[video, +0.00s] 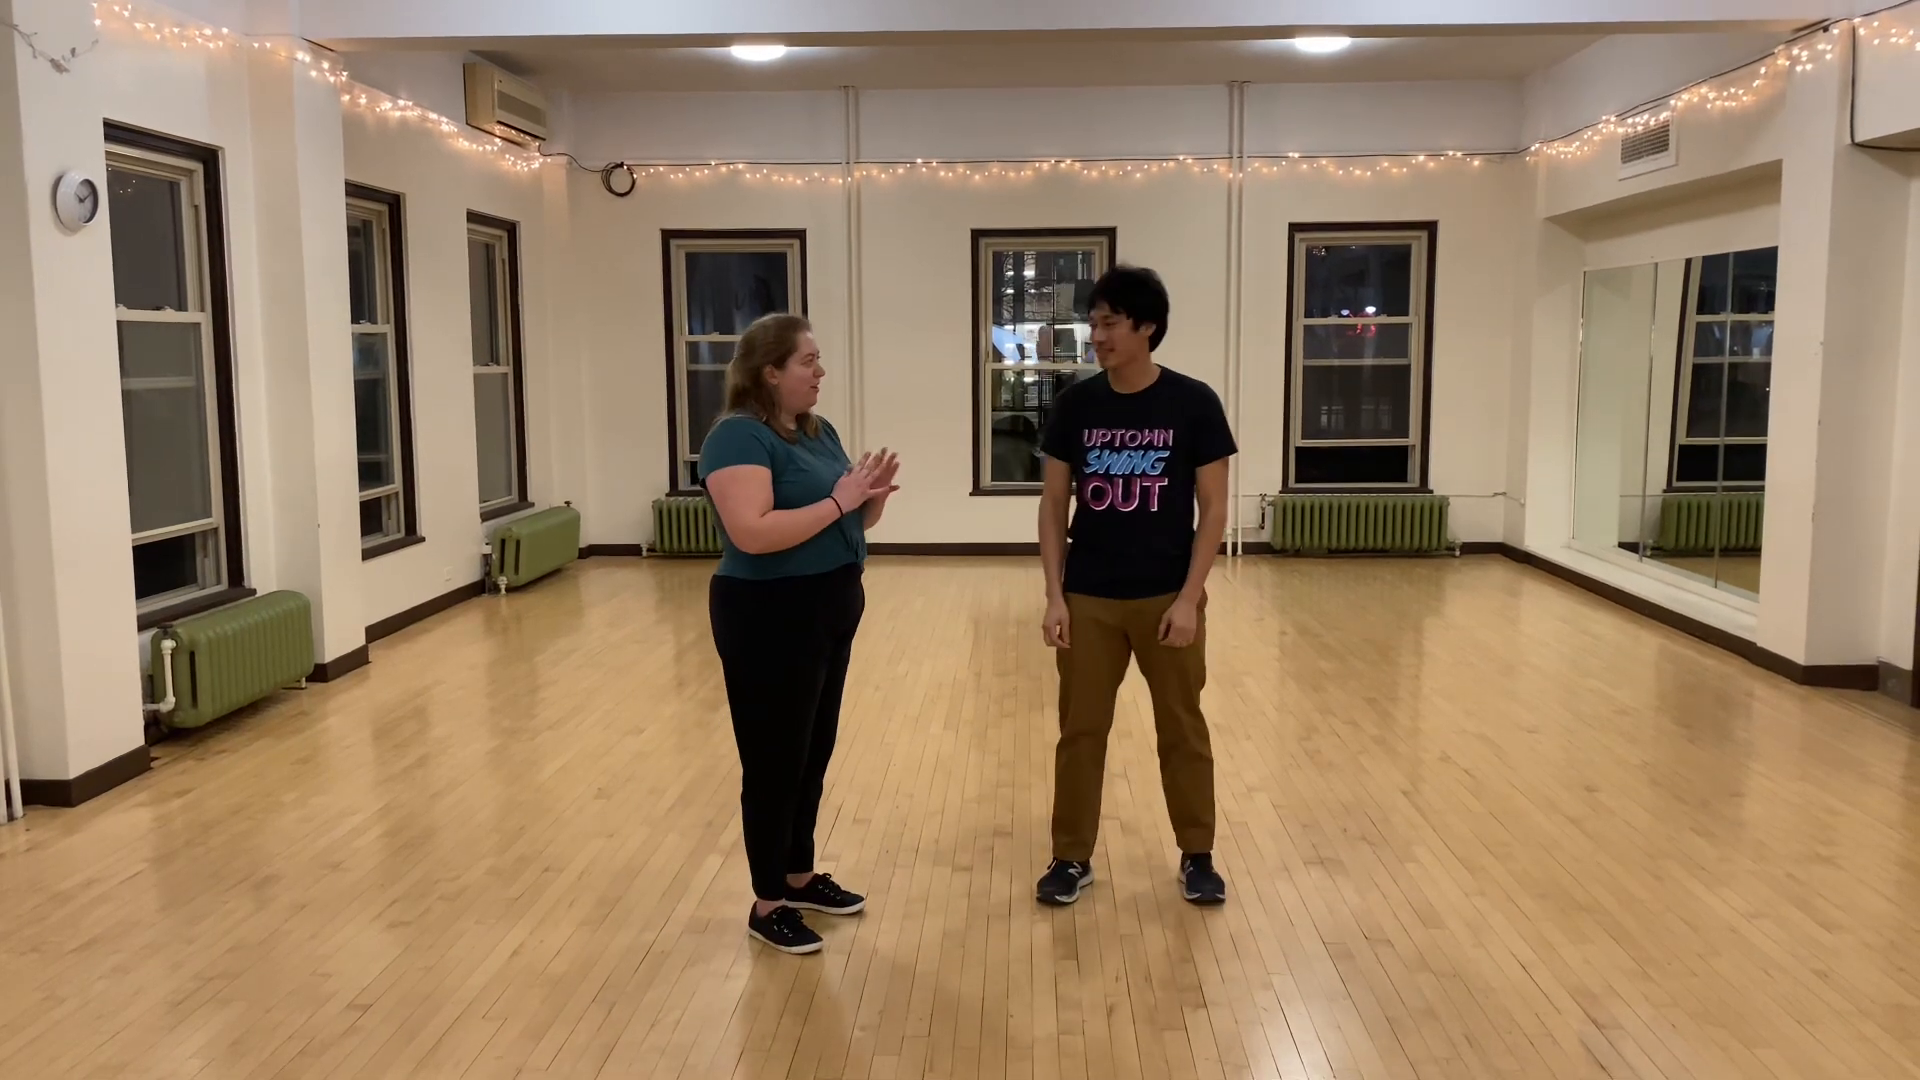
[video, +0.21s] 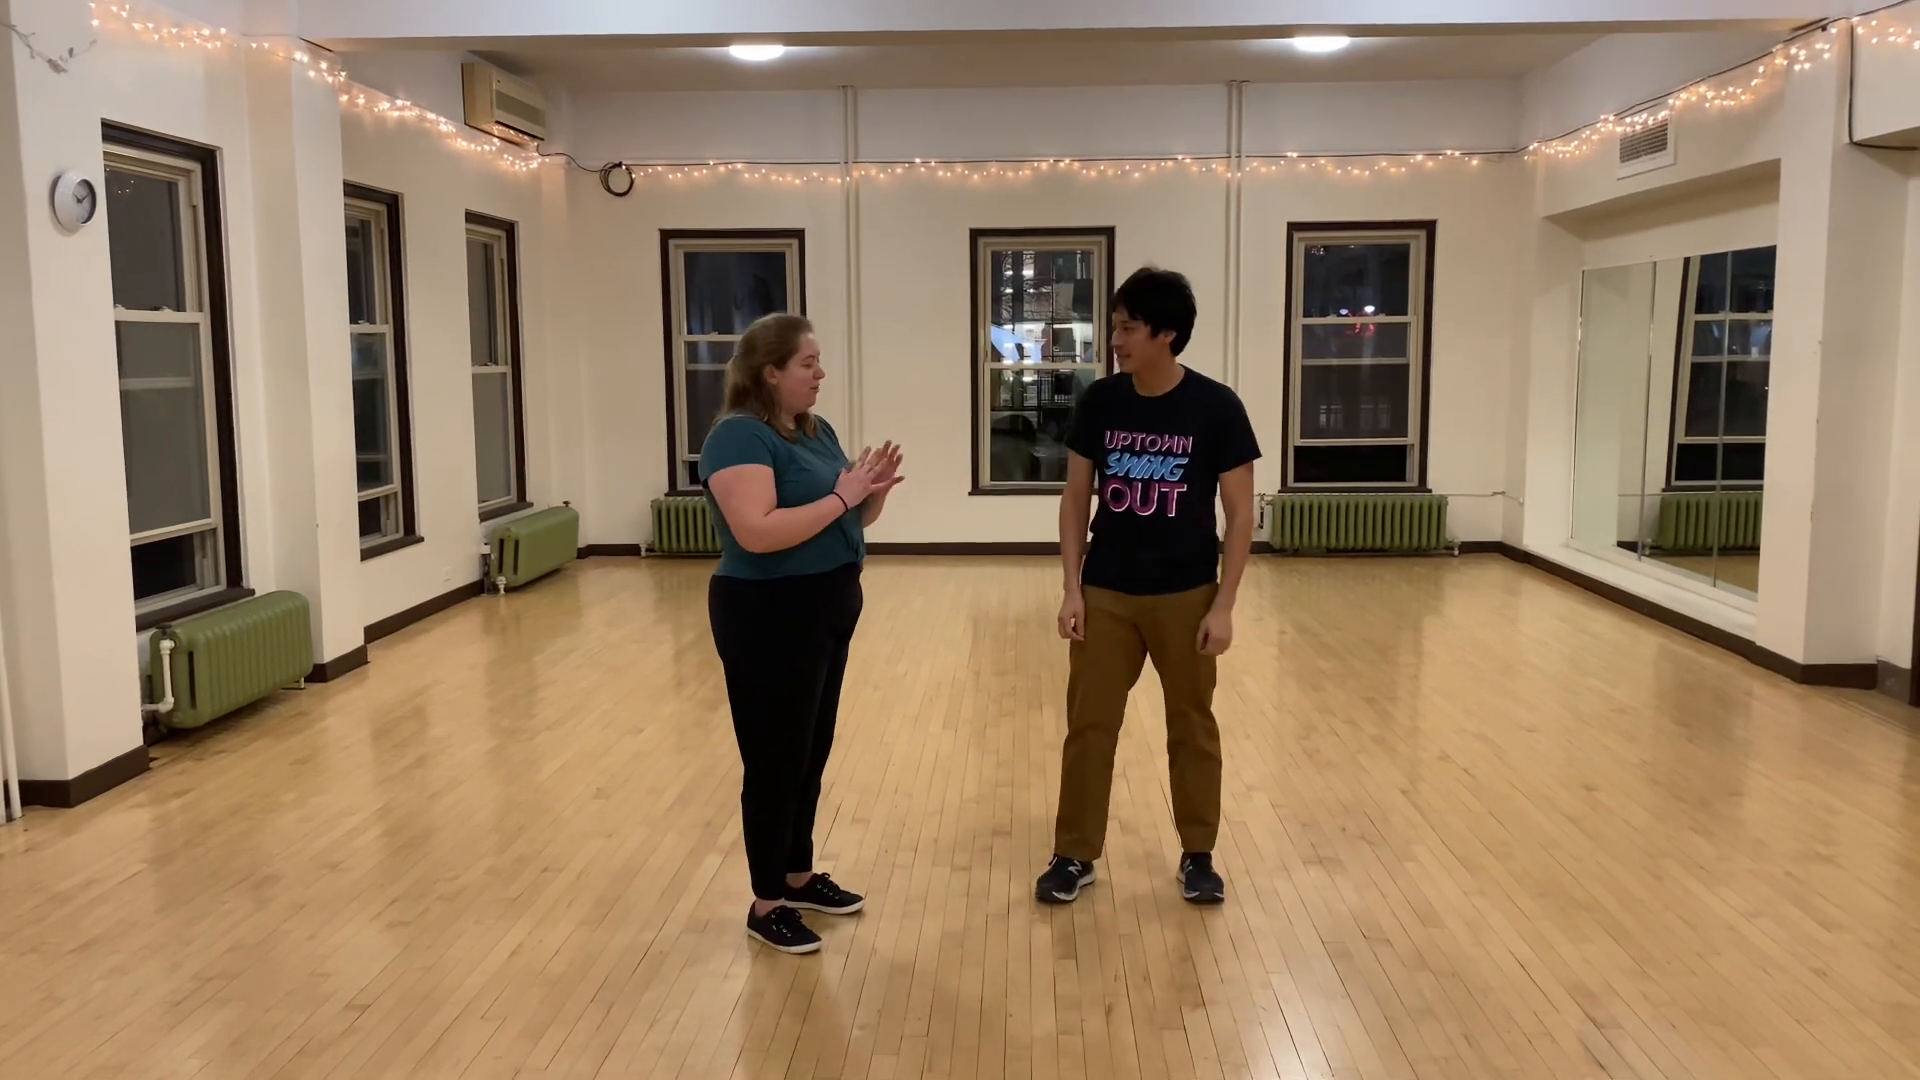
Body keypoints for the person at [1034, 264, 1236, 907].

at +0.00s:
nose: (1098, 334)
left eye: (1112, 322)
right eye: (1094, 322)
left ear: (1149, 328)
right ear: (1093, 326)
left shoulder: (1194, 403)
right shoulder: (1075, 404)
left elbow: (1214, 509)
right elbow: (1054, 504)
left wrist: (1191, 596)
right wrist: (1054, 594)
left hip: (1168, 602)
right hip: (1089, 601)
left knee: (1183, 733)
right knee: (1080, 734)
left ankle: (1197, 855)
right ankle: (1071, 857)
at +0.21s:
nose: (1116, 338)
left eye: (1130, 328)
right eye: (1115, 326)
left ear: (1169, 335)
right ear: (1119, 330)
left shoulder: (1217, 408)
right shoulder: (1099, 402)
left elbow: (1241, 512)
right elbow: (1075, 497)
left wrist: (1224, 604)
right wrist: (1071, 586)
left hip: (1186, 598)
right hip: (1105, 594)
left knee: (1192, 729)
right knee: (1088, 727)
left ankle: (1198, 853)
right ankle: (1074, 855)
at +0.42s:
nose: (1118, 338)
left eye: (1131, 329)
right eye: (1117, 325)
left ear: (1171, 338)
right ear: (1123, 328)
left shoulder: (1218, 410)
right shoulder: (1103, 398)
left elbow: (1247, 512)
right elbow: (1079, 493)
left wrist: (1242, 607)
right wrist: (1071, 577)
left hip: (1180, 596)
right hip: (1102, 593)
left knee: (1187, 725)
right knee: (1101, 726)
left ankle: (1197, 853)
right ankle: (1111, 853)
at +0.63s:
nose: (1102, 343)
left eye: (1114, 334)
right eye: (1100, 330)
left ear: (1152, 338)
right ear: (1103, 329)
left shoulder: (1200, 408)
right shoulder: (1084, 400)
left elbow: (1225, 513)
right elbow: (1059, 494)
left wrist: (1214, 602)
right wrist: (1053, 580)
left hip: (1165, 597)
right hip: (1090, 596)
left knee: (1178, 728)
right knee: (1099, 730)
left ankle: (1195, 854)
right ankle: (1110, 854)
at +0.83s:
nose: (1076, 349)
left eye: (1088, 339)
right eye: (1074, 337)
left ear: (1126, 340)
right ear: (1080, 335)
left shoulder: (1180, 407)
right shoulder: (1065, 407)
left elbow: (1204, 511)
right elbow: (1040, 503)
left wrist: (1187, 596)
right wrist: (1037, 589)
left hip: (1157, 598)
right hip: (1081, 600)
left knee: (1170, 728)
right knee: (1096, 731)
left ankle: (1192, 851)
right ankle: (1108, 854)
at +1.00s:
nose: (1062, 347)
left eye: (1072, 336)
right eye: (1060, 335)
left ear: (1112, 338)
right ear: (1072, 336)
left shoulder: (1169, 403)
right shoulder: (1058, 404)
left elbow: (1199, 507)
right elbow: (1037, 499)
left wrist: (1184, 594)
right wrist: (1033, 583)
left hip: (1147, 596)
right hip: (1075, 598)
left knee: (1154, 738)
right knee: (1095, 733)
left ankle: (1171, 880)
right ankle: (1109, 855)